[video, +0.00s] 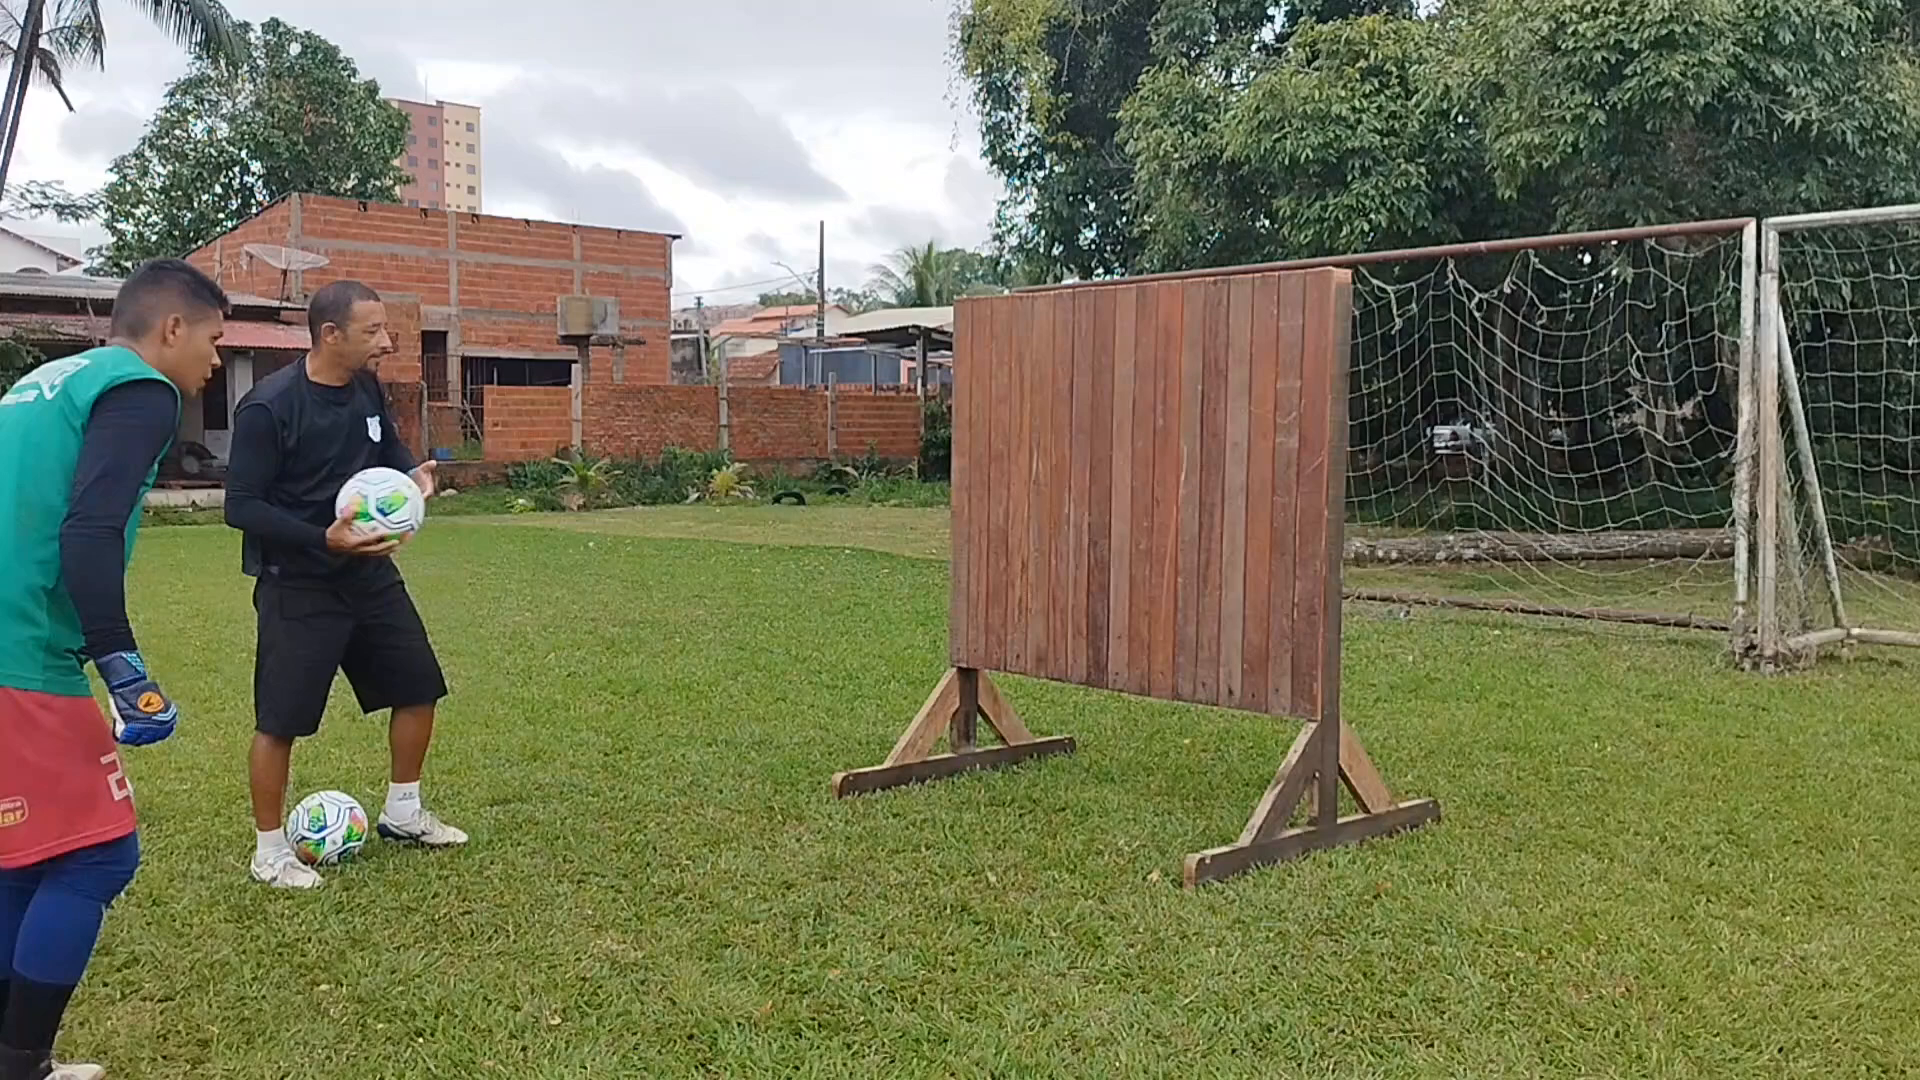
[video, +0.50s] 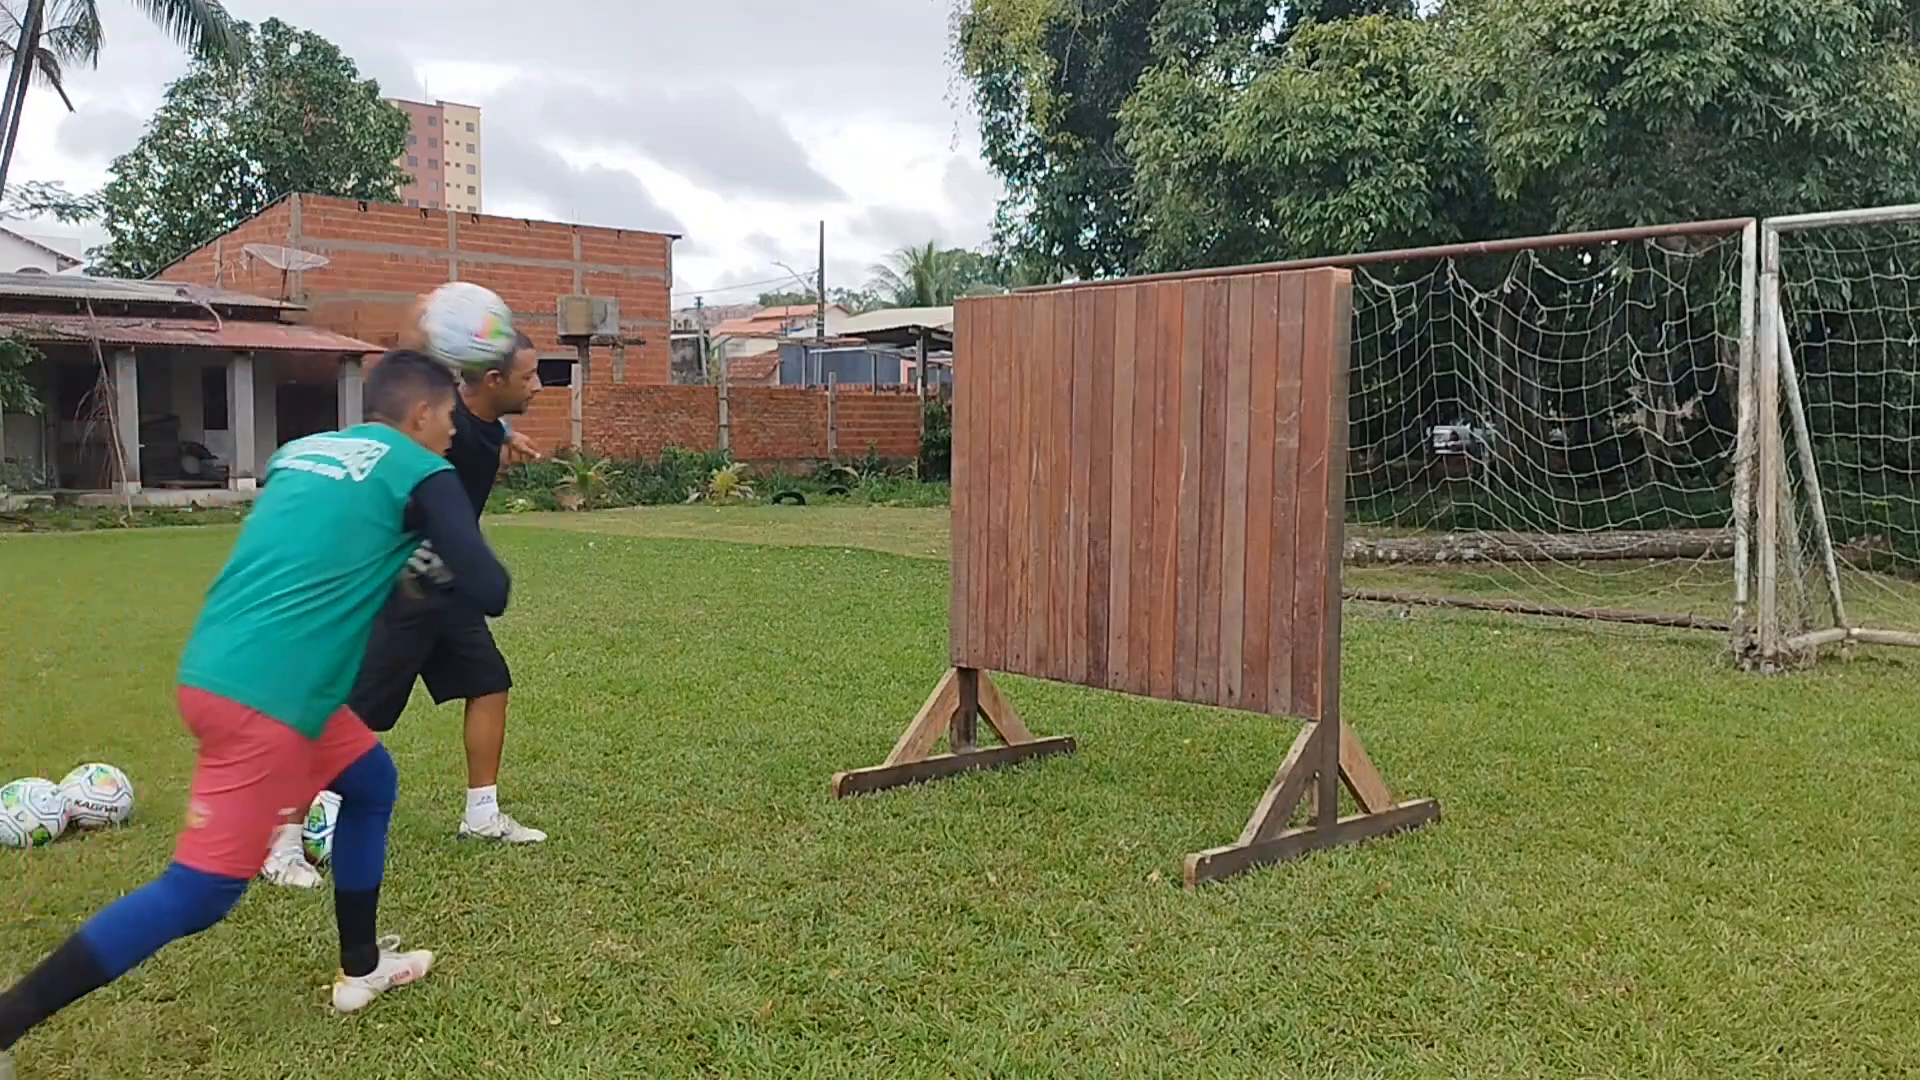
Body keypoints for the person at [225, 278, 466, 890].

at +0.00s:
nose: (382, 343)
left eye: (384, 331)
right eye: (372, 332)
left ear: (348, 334)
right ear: (330, 333)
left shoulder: (367, 393)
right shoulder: (268, 408)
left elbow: (386, 465)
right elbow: (240, 506)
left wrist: (412, 477)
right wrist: (323, 538)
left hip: (372, 578)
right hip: (296, 586)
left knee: (419, 688)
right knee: (279, 721)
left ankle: (402, 813)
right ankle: (270, 851)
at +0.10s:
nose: (397, 348)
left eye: (397, 337)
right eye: (387, 339)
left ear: (356, 341)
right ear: (346, 341)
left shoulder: (384, 393)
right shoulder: (278, 410)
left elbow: (424, 445)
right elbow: (232, 500)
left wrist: (447, 474)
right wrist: (284, 523)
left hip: (380, 580)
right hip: (304, 591)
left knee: (430, 684)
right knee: (282, 720)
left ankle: (427, 811)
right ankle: (271, 852)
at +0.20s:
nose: (421, 356)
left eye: (421, 344)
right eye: (410, 347)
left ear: (386, 349)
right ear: (367, 350)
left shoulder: (407, 393)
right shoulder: (307, 408)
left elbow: (460, 424)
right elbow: (237, 503)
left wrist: (515, 476)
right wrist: (260, 452)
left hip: (392, 579)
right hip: (317, 586)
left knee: (442, 682)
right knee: (289, 717)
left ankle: (458, 811)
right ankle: (272, 852)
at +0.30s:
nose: (451, 368)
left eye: (450, 357)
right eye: (440, 359)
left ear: (420, 361)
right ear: (399, 363)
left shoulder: (436, 397)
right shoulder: (334, 412)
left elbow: (489, 411)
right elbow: (261, 458)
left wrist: (557, 450)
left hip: (411, 583)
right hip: (336, 589)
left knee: (458, 685)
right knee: (299, 711)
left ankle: (475, 815)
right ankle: (273, 849)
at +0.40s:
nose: (493, 378)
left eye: (492, 366)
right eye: (484, 368)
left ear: (458, 372)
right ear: (447, 372)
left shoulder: (466, 408)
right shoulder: (383, 416)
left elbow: (494, 403)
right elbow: (312, 444)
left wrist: (541, 426)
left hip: (436, 589)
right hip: (365, 590)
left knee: (482, 686)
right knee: (318, 721)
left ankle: (481, 816)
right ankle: (281, 840)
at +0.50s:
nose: (536, 387)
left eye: (536, 376)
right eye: (528, 377)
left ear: (492, 381)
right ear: (491, 380)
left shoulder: (486, 425)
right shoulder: (446, 431)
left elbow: (476, 430)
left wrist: (504, 439)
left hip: (447, 597)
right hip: (398, 598)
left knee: (490, 685)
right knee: (360, 716)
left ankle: (482, 815)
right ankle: (283, 839)